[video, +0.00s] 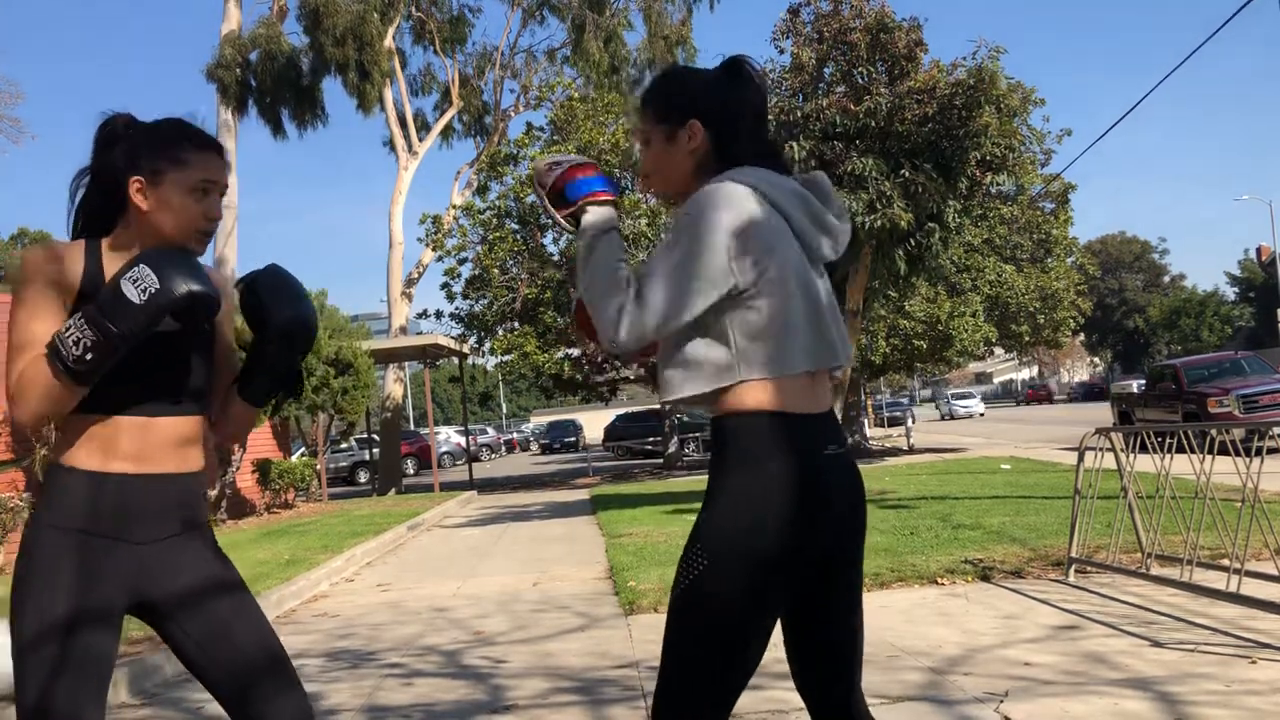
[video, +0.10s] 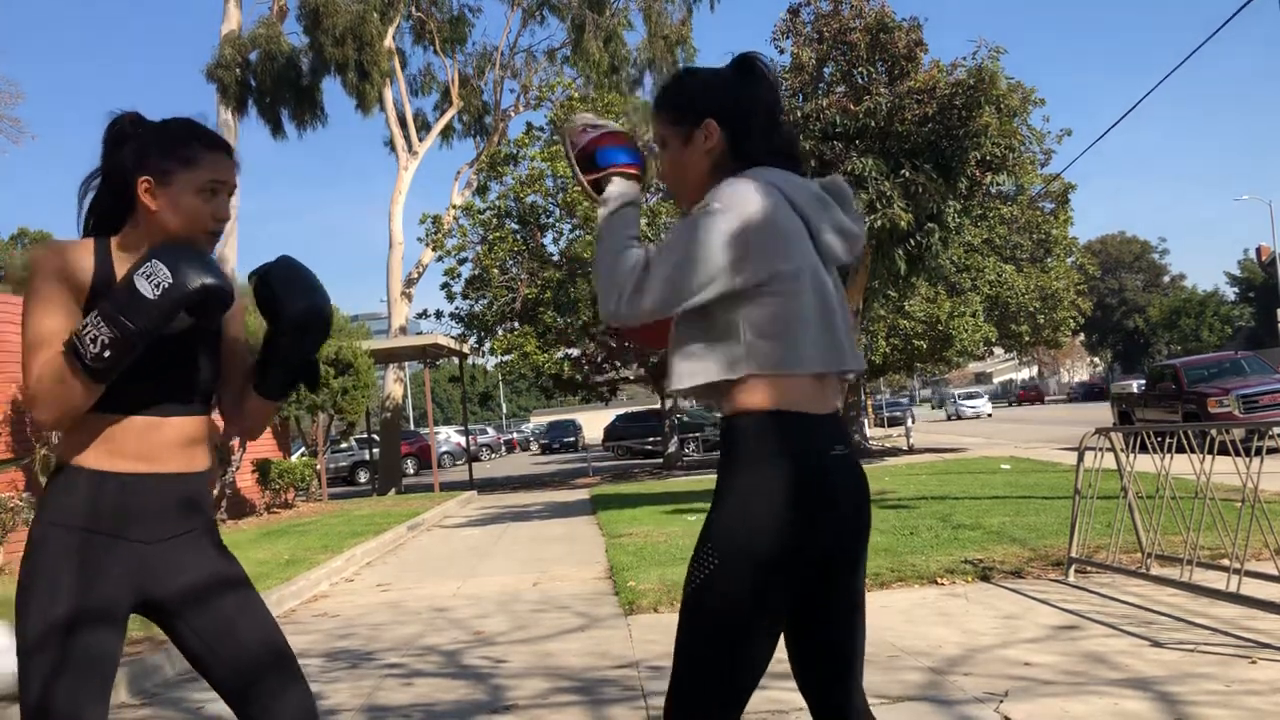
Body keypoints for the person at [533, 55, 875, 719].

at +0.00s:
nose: (639, 164)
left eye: (645, 144)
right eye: (639, 147)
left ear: (690, 137)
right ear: (693, 135)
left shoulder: (724, 206)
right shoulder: (783, 206)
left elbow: (621, 325)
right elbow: (740, 345)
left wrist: (594, 213)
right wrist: (629, 346)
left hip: (757, 478)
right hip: (826, 471)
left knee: (686, 705)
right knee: (838, 701)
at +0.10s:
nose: (657, 166)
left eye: (662, 146)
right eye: (655, 149)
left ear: (707, 137)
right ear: (714, 136)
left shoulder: (738, 205)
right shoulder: (795, 206)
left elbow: (622, 298)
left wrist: (621, 191)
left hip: (766, 472)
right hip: (832, 468)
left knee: (698, 702)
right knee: (839, 695)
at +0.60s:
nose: (651, 176)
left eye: (656, 154)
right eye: (649, 158)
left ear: (691, 146)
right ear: (739, 143)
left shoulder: (721, 202)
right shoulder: (793, 206)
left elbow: (582, 243)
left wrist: (630, 140)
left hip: (753, 483)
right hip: (827, 477)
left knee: (678, 705)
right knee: (836, 698)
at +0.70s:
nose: (629, 187)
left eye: (629, 166)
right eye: (624, 169)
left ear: (665, 146)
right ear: (694, 139)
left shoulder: (699, 202)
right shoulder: (778, 207)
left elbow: (567, 283)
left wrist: (572, 165)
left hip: (746, 473)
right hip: (822, 469)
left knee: (679, 703)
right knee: (840, 697)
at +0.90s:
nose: (633, 193)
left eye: (631, 172)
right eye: (626, 177)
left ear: (670, 148)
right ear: (676, 146)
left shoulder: (712, 203)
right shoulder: (785, 211)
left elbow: (653, 327)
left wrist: (583, 241)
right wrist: (595, 268)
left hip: (750, 479)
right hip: (825, 474)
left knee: (678, 704)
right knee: (835, 696)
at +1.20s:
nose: (672, 195)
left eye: (671, 171)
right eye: (664, 176)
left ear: (713, 146)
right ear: (725, 142)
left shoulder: (760, 200)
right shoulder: (824, 209)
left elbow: (653, 292)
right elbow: (675, 315)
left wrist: (633, 179)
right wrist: (635, 200)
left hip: (778, 474)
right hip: (844, 470)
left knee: (713, 703)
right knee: (842, 697)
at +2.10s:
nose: (647, 175)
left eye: (652, 152)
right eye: (643, 157)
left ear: (702, 137)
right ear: (708, 137)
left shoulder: (732, 203)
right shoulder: (789, 207)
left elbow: (660, 318)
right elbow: (677, 337)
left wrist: (567, 244)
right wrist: (579, 256)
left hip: (758, 485)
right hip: (816, 481)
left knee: (672, 707)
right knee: (833, 702)